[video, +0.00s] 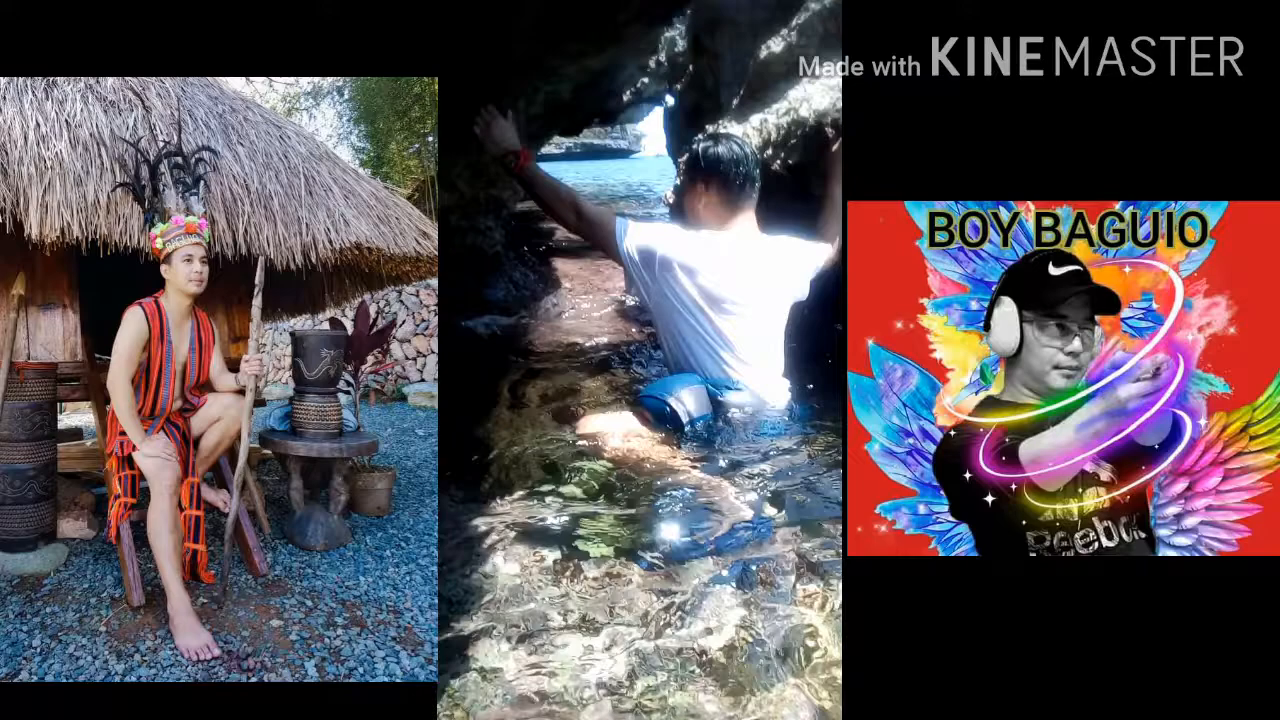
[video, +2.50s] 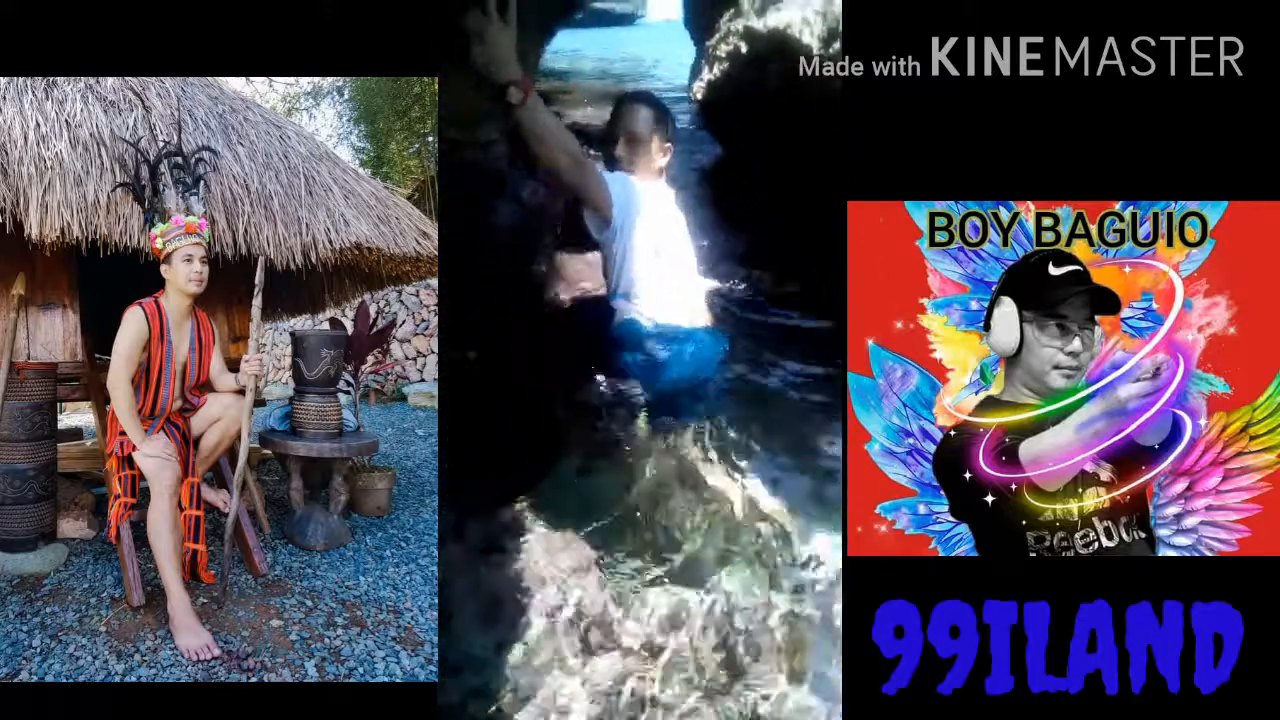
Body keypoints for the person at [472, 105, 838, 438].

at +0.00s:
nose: (675, 194)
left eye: (681, 182)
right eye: (679, 181)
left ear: (705, 190)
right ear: (754, 192)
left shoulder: (664, 248)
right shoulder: (794, 257)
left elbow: (577, 215)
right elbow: (837, 248)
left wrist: (516, 157)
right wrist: (837, 168)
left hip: (717, 417)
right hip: (787, 420)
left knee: (596, 426)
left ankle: (726, 503)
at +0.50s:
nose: (633, 147)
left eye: (635, 135)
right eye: (632, 134)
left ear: (655, 145)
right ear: (711, 137)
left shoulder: (625, 196)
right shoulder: (745, 201)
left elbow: (524, 161)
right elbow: (796, 192)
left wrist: (464, 97)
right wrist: (802, 119)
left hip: (686, 359)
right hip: (751, 357)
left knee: (563, 365)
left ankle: (643, 443)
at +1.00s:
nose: (648, 37)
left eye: (648, 27)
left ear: (652, 34)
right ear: (721, 34)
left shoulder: (613, 95)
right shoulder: (747, 102)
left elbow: (508, 53)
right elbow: (802, 86)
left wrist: (458, 3)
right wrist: (813, 12)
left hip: (657, 269)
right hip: (731, 265)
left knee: (572, 233)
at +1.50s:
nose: (632, 112)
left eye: (636, 101)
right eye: (635, 101)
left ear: (650, 107)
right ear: (698, 113)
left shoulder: (606, 169)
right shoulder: (715, 164)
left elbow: (515, 137)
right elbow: (723, 114)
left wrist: (452, 58)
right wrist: (711, 53)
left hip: (651, 325)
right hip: (719, 313)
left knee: (572, 299)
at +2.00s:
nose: (599, 154)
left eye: (617, 145)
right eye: (595, 142)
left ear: (647, 161)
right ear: (586, 146)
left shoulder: (593, 205)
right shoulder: (650, 206)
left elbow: (520, 175)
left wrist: (454, 96)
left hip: (635, 341)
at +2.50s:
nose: (618, 152)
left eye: (632, 141)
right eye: (615, 140)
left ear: (665, 150)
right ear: (611, 141)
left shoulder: (622, 193)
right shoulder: (670, 200)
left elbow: (566, 161)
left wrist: (510, 77)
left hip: (649, 343)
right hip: (703, 343)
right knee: (690, 444)